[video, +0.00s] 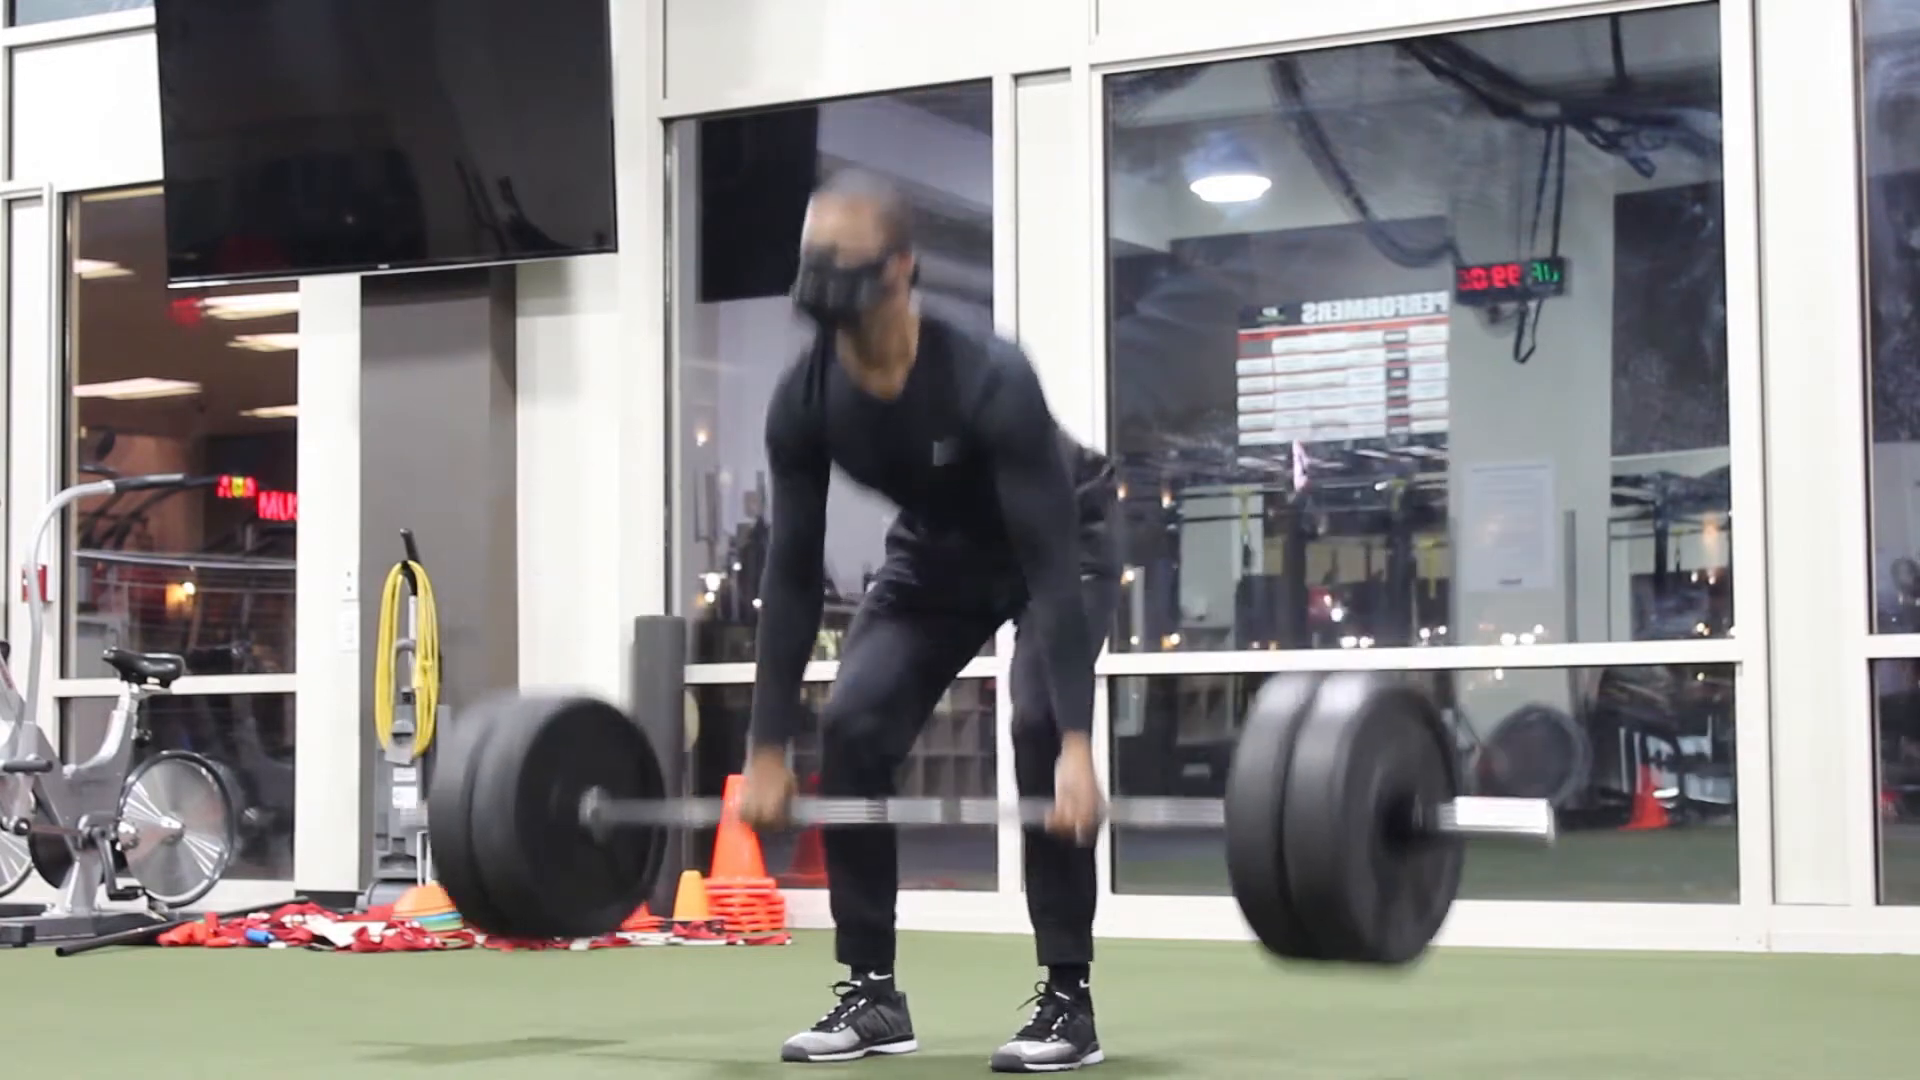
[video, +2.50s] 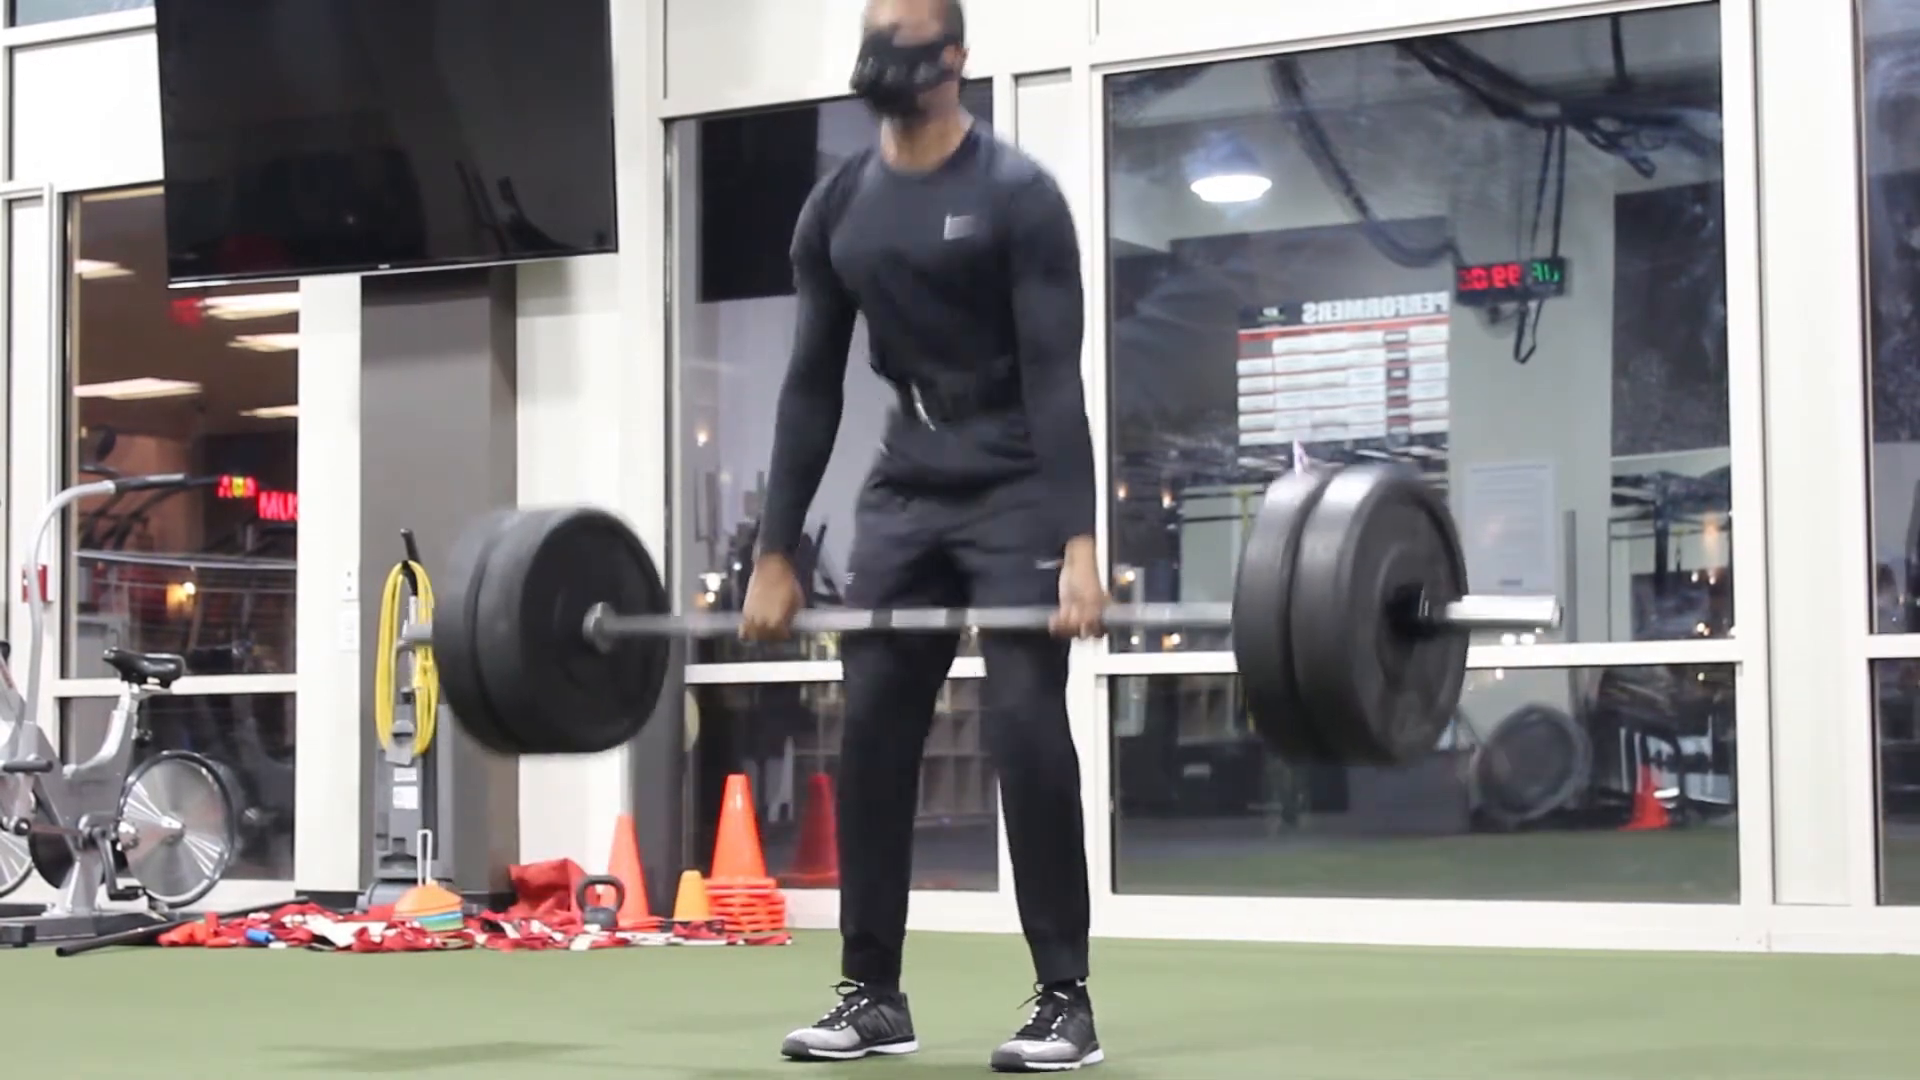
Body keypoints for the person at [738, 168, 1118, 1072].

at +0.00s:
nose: (817, 274)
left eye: (841, 259)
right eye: (810, 256)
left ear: (901, 271)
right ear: (799, 258)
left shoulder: (991, 377)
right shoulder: (804, 402)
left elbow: (1054, 567)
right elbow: (793, 578)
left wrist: (1075, 742)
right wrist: (766, 749)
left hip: (1051, 530)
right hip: (939, 544)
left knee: (1041, 729)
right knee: (852, 728)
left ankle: (1065, 1002)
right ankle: (872, 996)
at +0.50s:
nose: (795, 299)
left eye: (817, 280)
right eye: (783, 280)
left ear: (874, 284)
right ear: (773, 285)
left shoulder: (968, 379)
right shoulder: (778, 409)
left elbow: (1047, 554)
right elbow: (782, 569)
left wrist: (1079, 722)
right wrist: (772, 732)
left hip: (1040, 516)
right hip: (923, 532)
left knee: (1034, 730)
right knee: (861, 723)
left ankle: (1065, 995)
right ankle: (871, 993)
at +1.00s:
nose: (887, 22)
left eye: (912, 10)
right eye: (874, 12)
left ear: (953, 34)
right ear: (853, 37)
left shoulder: (1016, 161)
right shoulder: (825, 182)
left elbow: (1056, 339)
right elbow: (809, 356)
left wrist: (1076, 499)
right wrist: (774, 514)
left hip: (1003, 451)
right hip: (883, 455)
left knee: (1018, 719)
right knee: (876, 731)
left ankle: (1063, 995)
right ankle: (875, 991)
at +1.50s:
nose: (804, 381)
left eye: (828, 364)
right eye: (796, 361)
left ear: (885, 367)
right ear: (786, 359)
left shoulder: (978, 457)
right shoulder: (788, 486)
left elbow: (1048, 651)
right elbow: (781, 658)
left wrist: (1075, 831)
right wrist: (764, 830)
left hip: (1052, 554)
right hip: (936, 575)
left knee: (1008, 731)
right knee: (832, 735)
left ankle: (1062, 1002)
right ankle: (871, 998)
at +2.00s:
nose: (806, 206)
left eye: (830, 190)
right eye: (799, 187)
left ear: (889, 197)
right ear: (788, 191)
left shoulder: (980, 308)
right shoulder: (789, 328)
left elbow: (1051, 479)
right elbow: (785, 497)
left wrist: (1082, 656)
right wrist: (775, 665)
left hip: (1034, 502)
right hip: (919, 509)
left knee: (1041, 733)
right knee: (868, 725)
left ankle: (1065, 998)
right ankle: (873, 992)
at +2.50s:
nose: (890, 57)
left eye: (914, 42)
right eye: (877, 41)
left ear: (958, 61)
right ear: (857, 62)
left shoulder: (1019, 196)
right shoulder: (835, 206)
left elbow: (1055, 380)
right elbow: (811, 384)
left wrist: (1080, 541)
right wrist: (776, 545)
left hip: (1024, 481)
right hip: (909, 479)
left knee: (1025, 729)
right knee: (872, 727)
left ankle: (1064, 1001)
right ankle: (873, 997)